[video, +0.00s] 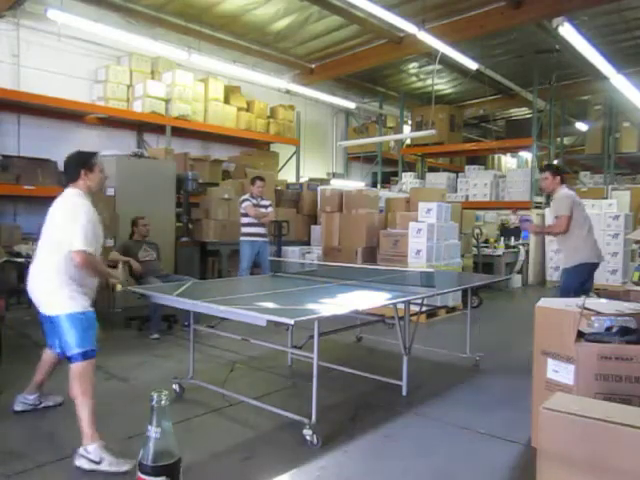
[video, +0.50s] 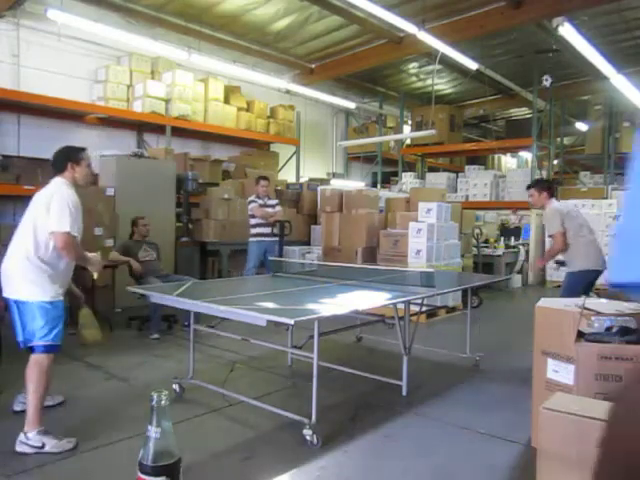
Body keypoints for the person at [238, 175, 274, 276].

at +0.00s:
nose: (260, 190)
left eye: (262, 187)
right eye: (258, 187)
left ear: (264, 188)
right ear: (251, 187)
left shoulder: (267, 202)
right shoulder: (245, 199)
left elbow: (272, 217)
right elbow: (252, 213)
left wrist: (258, 217)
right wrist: (266, 214)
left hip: (263, 239)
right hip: (248, 239)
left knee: (266, 268)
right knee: (245, 269)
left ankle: (267, 290)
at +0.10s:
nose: (261, 189)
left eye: (263, 187)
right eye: (258, 187)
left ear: (265, 188)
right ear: (252, 187)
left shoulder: (268, 202)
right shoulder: (246, 200)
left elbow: (274, 216)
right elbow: (254, 213)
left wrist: (260, 218)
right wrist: (268, 214)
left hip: (265, 239)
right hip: (249, 239)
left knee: (267, 268)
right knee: (247, 269)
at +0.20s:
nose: (262, 189)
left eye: (264, 187)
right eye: (259, 187)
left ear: (266, 188)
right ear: (253, 187)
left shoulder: (269, 202)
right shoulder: (248, 200)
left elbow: (275, 216)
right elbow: (255, 213)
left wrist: (262, 218)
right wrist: (269, 214)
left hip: (266, 239)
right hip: (252, 239)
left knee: (268, 268)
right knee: (249, 268)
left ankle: (268, 290)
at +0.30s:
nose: (263, 190)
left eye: (265, 187)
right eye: (260, 187)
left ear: (267, 188)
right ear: (255, 187)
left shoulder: (271, 202)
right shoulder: (249, 201)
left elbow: (278, 214)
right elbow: (256, 213)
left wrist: (267, 219)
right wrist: (271, 214)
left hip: (270, 239)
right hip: (254, 239)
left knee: (270, 267)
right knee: (251, 268)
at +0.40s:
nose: (264, 189)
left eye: (266, 187)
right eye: (262, 187)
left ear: (268, 188)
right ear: (256, 187)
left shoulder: (273, 202)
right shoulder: (251, 200)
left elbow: (279, 214)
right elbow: (257, 213)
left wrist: (269, 219)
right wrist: (272, 214)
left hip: (271, 239)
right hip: (256, 239)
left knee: (272, 267)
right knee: (251, 267)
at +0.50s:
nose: (265, 189)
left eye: (266, 186)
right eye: (262, 186)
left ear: (269, 187)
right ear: (256, 187)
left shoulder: (274, 201)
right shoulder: (252, 200)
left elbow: (280, 214)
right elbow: (258, 213)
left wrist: (270, 219)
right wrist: (273, 213)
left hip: (272, 238)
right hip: (256, 239)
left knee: (272, 267)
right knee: (252, 267)